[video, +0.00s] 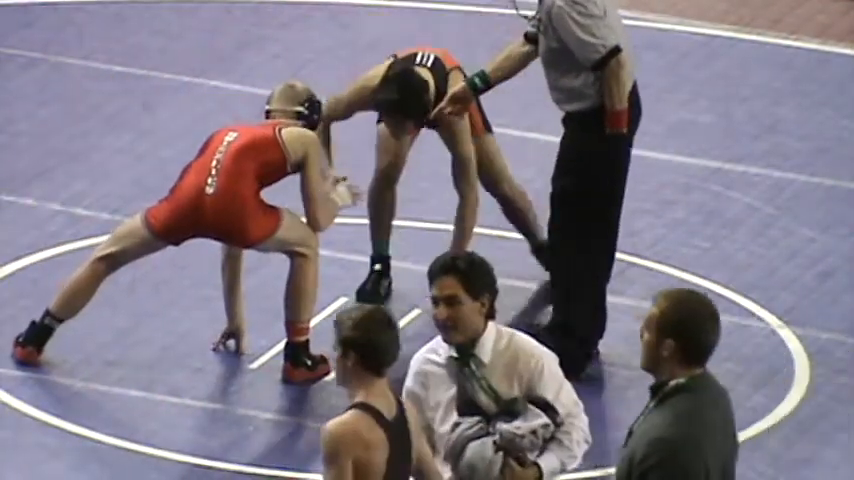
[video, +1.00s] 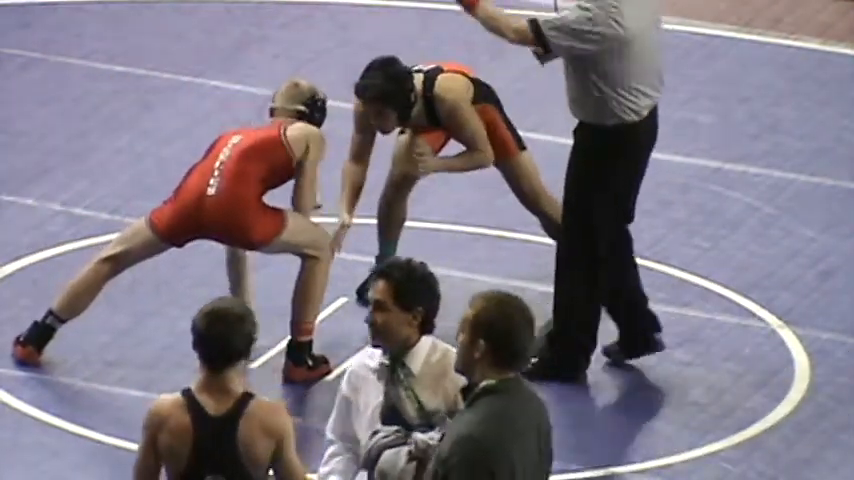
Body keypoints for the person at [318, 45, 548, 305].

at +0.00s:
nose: (393, 128)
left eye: (401, 121)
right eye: (390, 119)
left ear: (422, 110)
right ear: (383, 101)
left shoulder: (451, 105)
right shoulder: (370, 90)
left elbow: (468, 192)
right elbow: (322, 115)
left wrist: (456, 260)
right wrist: (326, 171)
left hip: (452, 88)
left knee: (500, 183)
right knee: (385, 175)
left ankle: (542, 248)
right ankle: (379, 268)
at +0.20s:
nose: (389, 130)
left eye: (397, 123)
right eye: (385, 121)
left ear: (420, 110)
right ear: (379, 107)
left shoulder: (452, 110)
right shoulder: (367, 101)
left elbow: (479, 193)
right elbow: (334, 153)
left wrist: (461, 261)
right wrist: (330, 192)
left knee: (516, 196)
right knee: (392, 182)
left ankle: (579, 250)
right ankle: (382, 269)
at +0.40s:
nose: (385, 120)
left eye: (393, 111)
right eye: (380, 110)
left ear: (419, 99)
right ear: (374, 99)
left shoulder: (450, 87)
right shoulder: (367, 107)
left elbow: (505, 129)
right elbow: (350, 171)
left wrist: (489, 197)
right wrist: (355, 206)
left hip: (457, 121)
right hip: (410, 126)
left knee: (521, 187)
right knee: (391, 185)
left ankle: (575, 250)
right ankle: (383, 270)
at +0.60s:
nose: (376, 135)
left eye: (382, 127)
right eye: (372, 126)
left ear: (403, 115)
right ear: (365, 117)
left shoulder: (448, 100)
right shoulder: (362, 120)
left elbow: (496, 133)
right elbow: (341, 181)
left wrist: (472, 195)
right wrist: (341, 237)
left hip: (464, 118)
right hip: (417, 127)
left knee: (529, 196)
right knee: (391, 184)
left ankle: (574, 253)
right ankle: (383, 271)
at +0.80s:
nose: (370, 122)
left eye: (377, 116)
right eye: (367, 114)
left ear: (401, 107)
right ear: (362, 106)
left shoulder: (449, 100)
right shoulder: (363, 110)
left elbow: (477, 158)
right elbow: (347, 168)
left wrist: (431, 176)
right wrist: (339, 212)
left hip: (468, 109)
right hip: (421, 119)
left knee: (529, 193)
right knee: (393, 183)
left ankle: (583, 259)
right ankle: (383, 268)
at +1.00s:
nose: (371, 121)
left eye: (378, 114)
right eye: (368, 113)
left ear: (401, 105)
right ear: (362, 104)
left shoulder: (449, 97)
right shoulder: (367, 106)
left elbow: (484, 157)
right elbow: (357, 160)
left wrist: (436, 164)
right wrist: (346, 213)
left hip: (474, 107)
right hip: (424, 116)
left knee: (535, 198)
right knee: (396, 185)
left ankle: (594, 258)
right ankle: (383, 268)